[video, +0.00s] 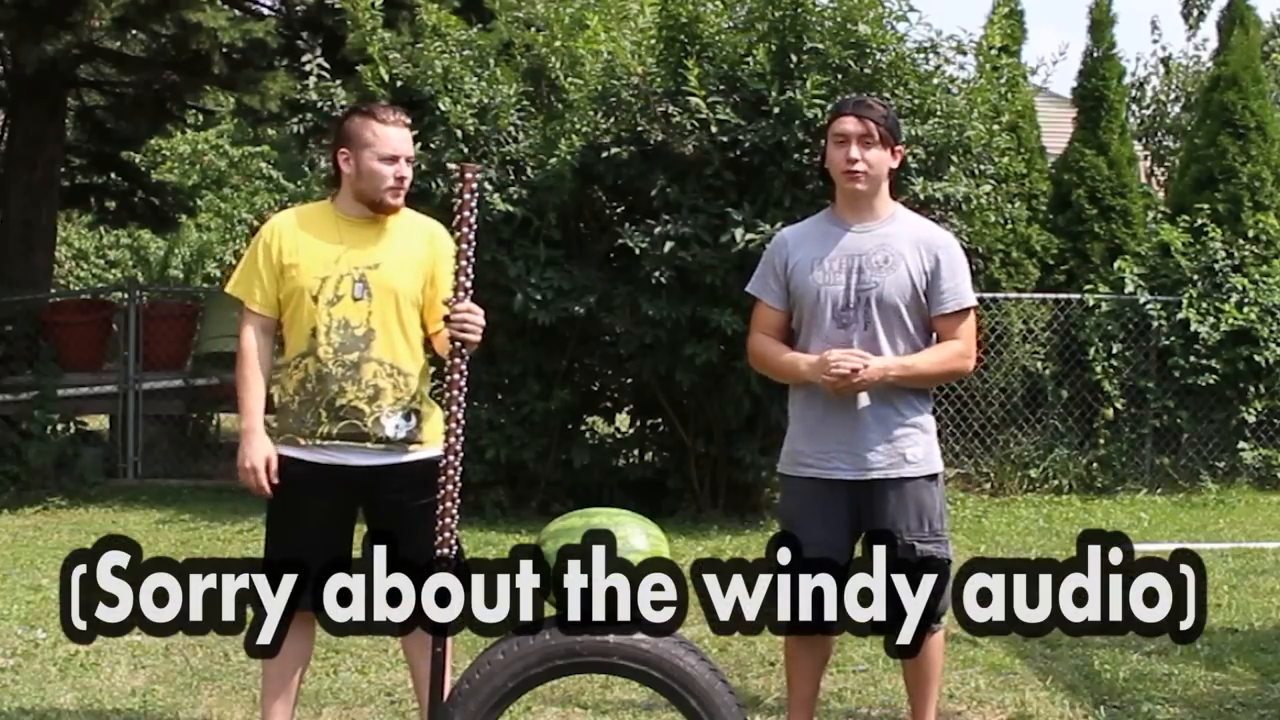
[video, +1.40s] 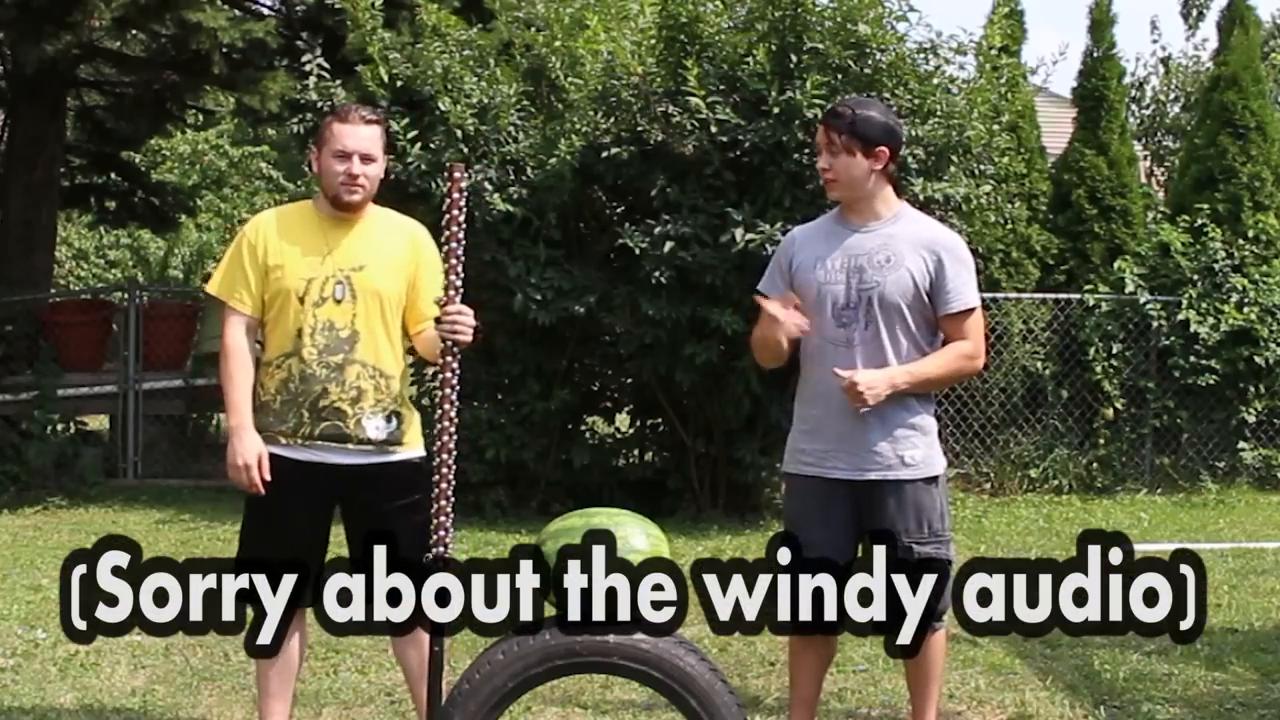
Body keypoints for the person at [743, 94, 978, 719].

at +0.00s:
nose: (853, 153)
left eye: (867, 143)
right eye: (841, 142)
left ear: (892, 156)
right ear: (825, 156)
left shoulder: (933, 244)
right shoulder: (790, 244)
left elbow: (962, 352)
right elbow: (760, 345)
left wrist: (884, 369)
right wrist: (808, 366)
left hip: (905, 465)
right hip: (813, 464)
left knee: (922, 610)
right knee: (805, 609)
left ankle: (923, 717)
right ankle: (799, 717)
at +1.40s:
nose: (821, 164)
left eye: (835, 153)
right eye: (820, 152)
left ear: (880, 159)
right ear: (820, 156)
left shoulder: (938, 245)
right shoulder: (798, 244)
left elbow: (970, 351)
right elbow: (767, 356)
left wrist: (893, 378)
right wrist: (773, 326)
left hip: (906, 467)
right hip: (816, 464)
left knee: (923, 611)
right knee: (810, 610)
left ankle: (924, 717)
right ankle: (800, 716)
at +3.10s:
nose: (813, 166)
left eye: (825, 153)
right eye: (812, 153)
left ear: (869, 157)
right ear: (841, 158)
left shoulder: (932, 243)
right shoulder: (801, 245)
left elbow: (962, 352)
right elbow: (769, 339)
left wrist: (865, 375)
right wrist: (804, 372)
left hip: (904, 467)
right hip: (815, 466)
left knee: (922, 611)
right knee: (810, 610)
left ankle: (925, 716)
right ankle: (800, 716)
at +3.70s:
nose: (824, 155)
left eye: (838, 145)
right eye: (825, 143)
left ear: (882, 159)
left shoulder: (937, 247)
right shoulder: (808, 239)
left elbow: (963, 356)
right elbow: (733, 299)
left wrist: (874, 377)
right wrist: (679, 243)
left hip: (905, 468)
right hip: (816, 464)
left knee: (922, 613)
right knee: (812, 611)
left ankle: (924, 717)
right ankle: (799, 716)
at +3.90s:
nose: (827, 152)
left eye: (841, 142)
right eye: (830, 140)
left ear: (884, 158)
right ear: (864, 156)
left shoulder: (937, 248)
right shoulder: (808, 238)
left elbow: (957, 358)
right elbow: (756, 311)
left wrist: (864, 374)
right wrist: (718, 310)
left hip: (904, 468)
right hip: (815, 462)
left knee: (922, 613)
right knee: (809, 610)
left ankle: (925, 717)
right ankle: (800, 716)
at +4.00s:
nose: (828, 150)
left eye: (842, 141)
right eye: (831, 139)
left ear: (884, 158)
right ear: (861, 156)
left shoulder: (935, 247)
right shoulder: (807, 239)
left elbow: (955, 357)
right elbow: (774, 319)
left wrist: (861, 375)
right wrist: (766, 348)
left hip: (902, 467)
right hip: (813, 462)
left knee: (921, 613)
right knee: (808, 610)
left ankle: (924, 716)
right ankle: (799, 716)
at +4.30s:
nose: (824, 151)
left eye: (838, 141)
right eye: (827, 139)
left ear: (881, 156)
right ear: (853, 153)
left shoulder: (933, 245)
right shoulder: (805, 241)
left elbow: (959, 354)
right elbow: (769, 332)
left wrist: (858, 376)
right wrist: (799, 373)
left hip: (905, 466)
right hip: (816, 462)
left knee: (922, 613)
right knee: (810, 611)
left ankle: (925, 717)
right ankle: (799, 716)